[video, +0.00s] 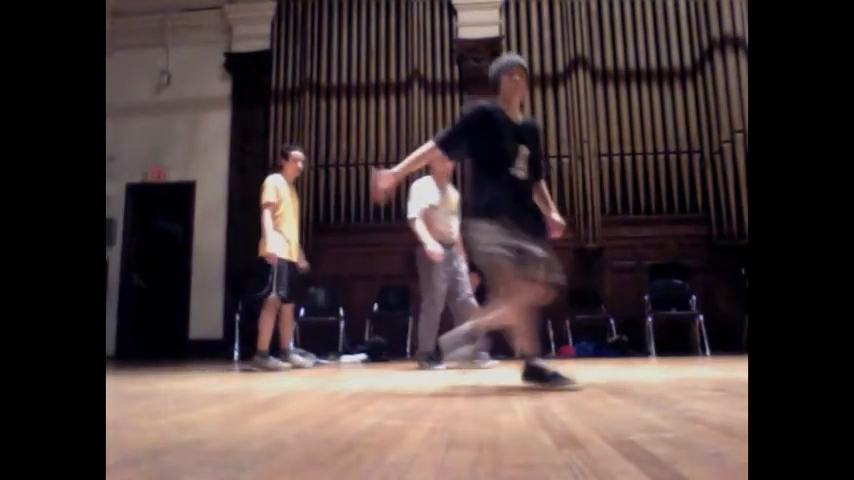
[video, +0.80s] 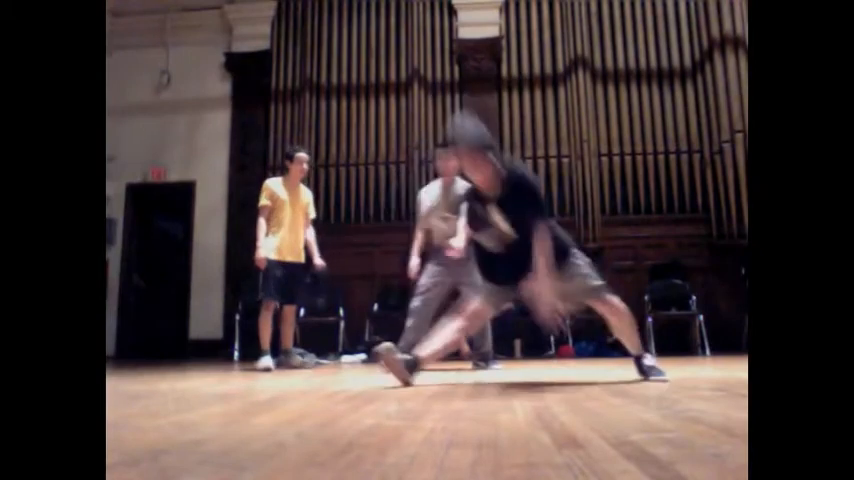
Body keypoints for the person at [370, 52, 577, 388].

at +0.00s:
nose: (519, 83)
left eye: (522, 77)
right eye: (513, 77)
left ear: (526, 83)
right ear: (501, 82)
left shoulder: (530, 130)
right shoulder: (482, 116)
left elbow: (535, 182)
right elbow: (436, 147)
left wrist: (551, 212)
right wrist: (396, 173)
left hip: (520, 225)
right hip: (484, 223)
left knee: (519, 292)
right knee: (533, 287)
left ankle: (533, 362)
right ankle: (458, 338)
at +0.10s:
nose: (510, 83)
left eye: (515, 77)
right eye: (506, 76)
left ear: (522, 82)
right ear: (494, 79)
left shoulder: (531, 127)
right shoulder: (471, 115)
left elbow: (538, 177)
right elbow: (439, 150)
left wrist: (547, 208)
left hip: (514, 220)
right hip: (474, 215)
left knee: (507, 289)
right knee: (479, 284)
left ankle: (442, 350)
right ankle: (486, 349)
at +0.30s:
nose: (478, 90)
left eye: (484, 84)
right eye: (473, 84)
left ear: (495, 88)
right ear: (464, 87)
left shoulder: (507, 128)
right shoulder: (449, 122)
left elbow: (519, 177)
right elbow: (442, 166)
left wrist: (503, 155)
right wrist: (487, 151)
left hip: (481, 228)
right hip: (438, 222)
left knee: (488, 289)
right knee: (412, 272)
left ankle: (429, 351)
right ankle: (370, 344)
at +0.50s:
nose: (452, 113)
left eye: (459, 106)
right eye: (447, 106)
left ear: (470, 109)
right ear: (440, 111)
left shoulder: (494, 150)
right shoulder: (427, 152)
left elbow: (511, 192)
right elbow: (391, 190)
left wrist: (514, 214)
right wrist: (352, 220)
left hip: (488, 239)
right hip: (443, 243)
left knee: (514, 289)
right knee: (407, 287)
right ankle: (400, 367)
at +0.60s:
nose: (452, 124)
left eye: (456, 116)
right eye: (445, 117)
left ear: (467, 117)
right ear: (436, 121)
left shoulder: (495, 152)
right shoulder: (426, 162)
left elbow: (517, 196)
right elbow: (389, 196)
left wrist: (513, 224)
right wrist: (354, 221)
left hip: (494, 249)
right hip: (448, 254)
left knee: (534, 292)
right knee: (411, 287)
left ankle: (585, 321)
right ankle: (399, 368)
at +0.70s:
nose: (453, 146)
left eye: (457, 137)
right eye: (448, 140)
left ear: (472, 134)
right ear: (445, 142)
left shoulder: (502, 161)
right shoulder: (448, 176)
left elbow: (532, 209)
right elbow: (441, 218)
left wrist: (525, 256)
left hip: (524, 253)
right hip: (479, 263)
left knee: (585, 297)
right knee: (442, 301)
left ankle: (636, 354)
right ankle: (404, 362)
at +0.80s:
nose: (472, 169)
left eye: (475, 161)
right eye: (467, 164)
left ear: (489, 156)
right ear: (461, 165)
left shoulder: (522, 185)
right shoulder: (471, 199)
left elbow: (541, 237)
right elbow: (469, 233)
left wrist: (545, 289)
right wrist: (461, 243)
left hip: (553, 261)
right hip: (503, 273)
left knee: (610, 305)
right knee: (466, 317)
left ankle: (642, 358)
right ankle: (413, 361)